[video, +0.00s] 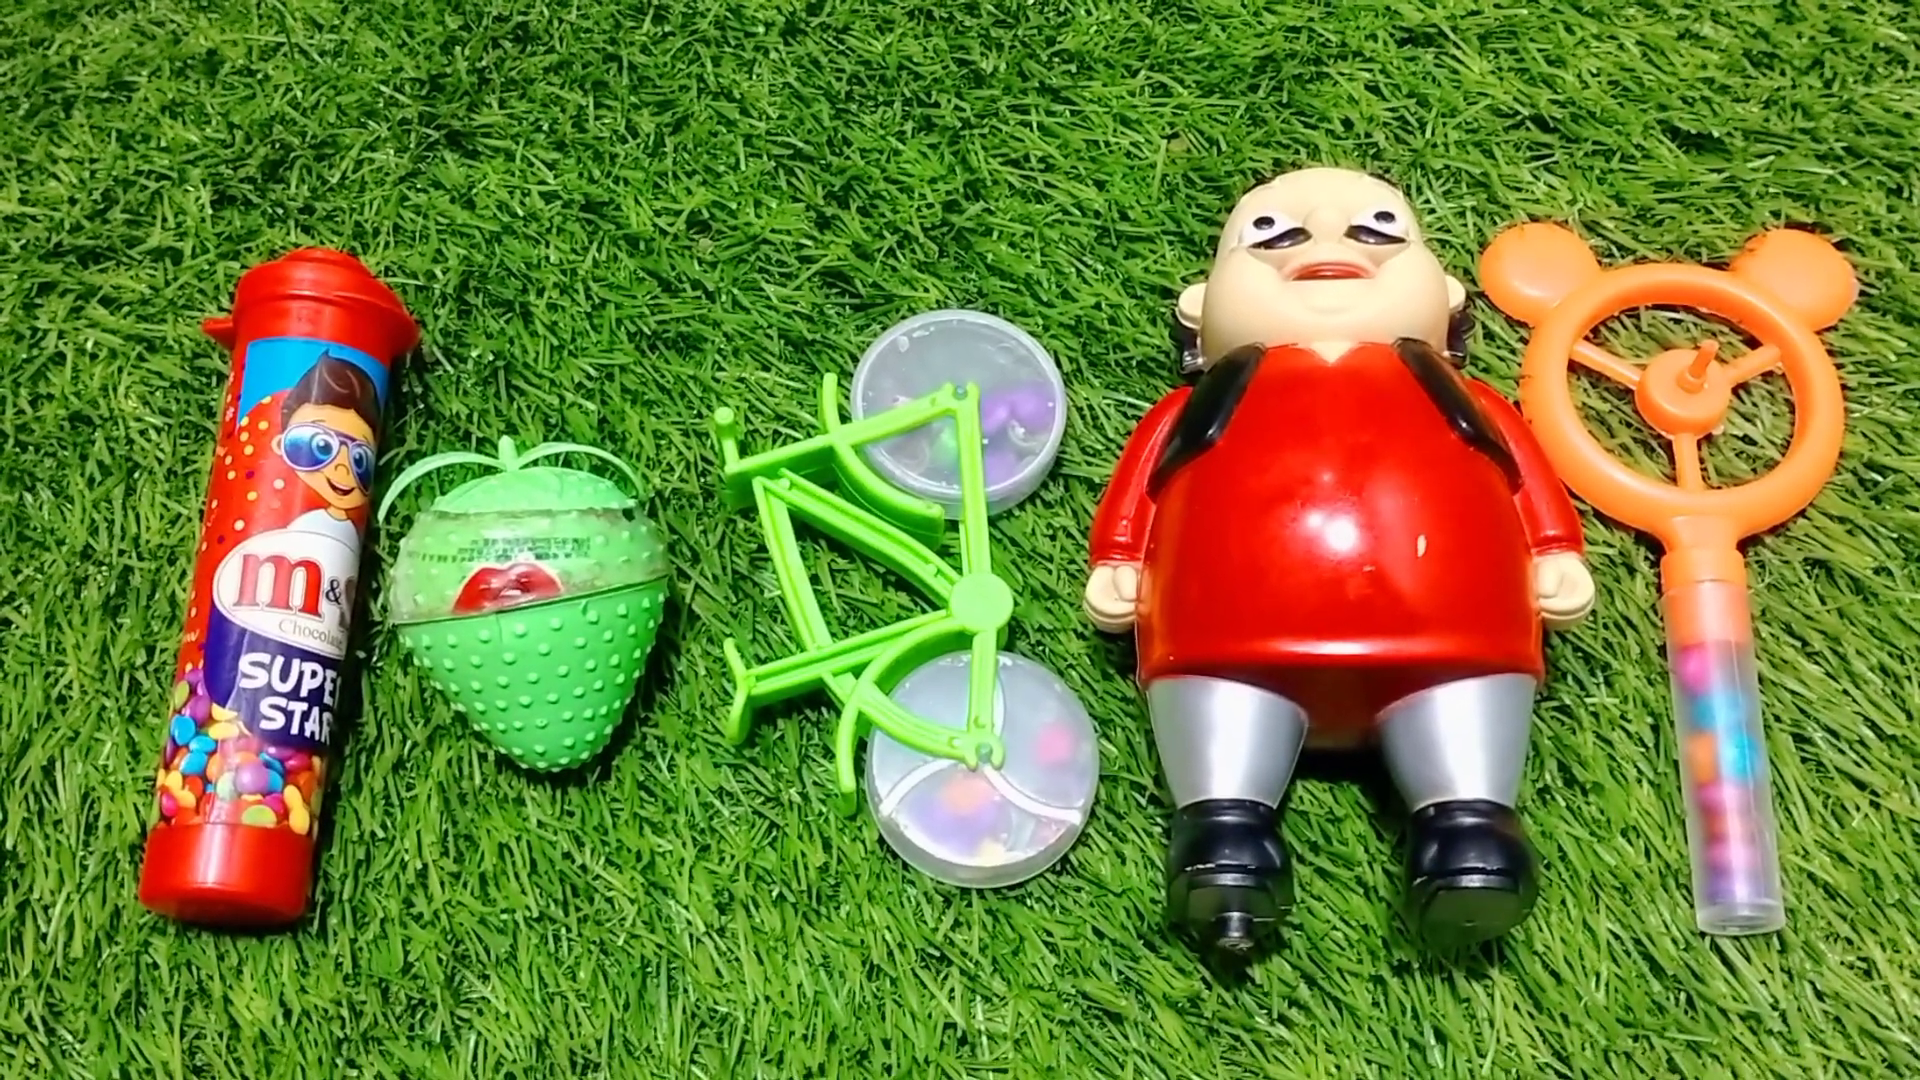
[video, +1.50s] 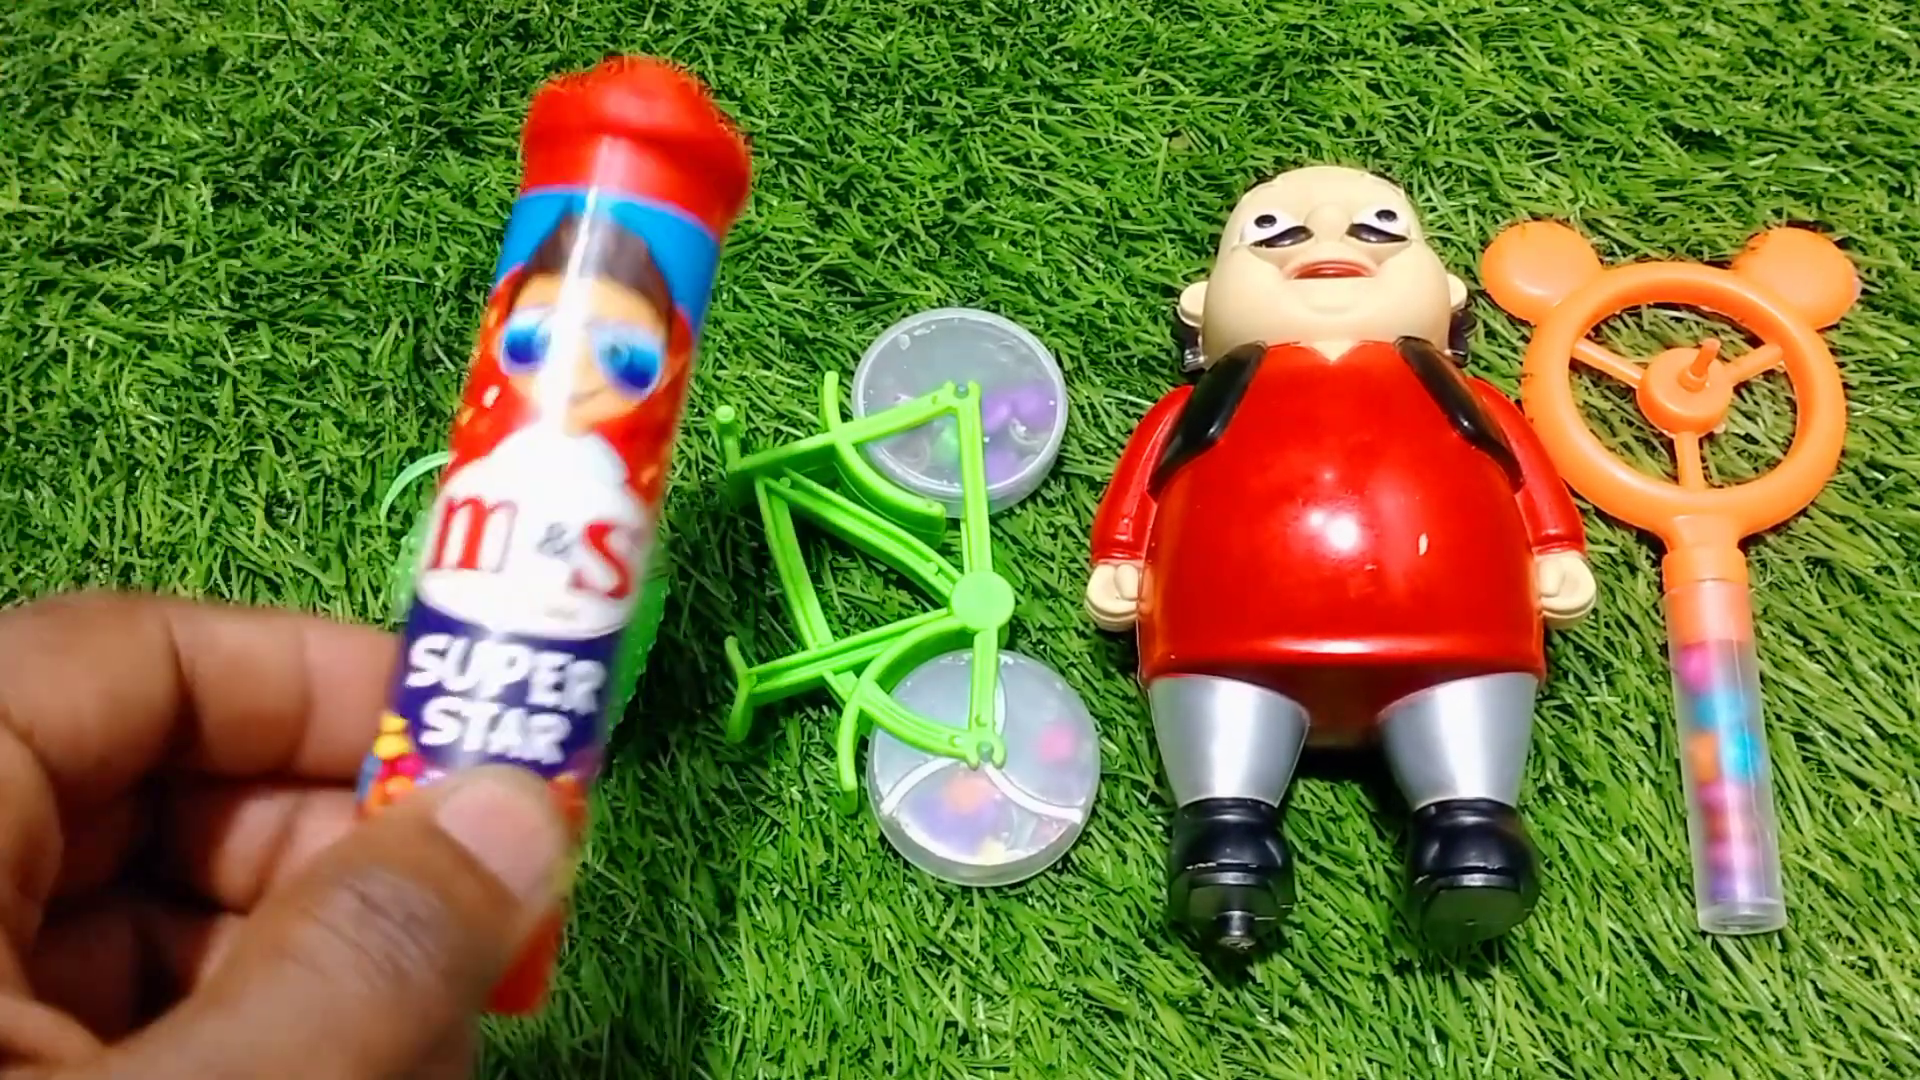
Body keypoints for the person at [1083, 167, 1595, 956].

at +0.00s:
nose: (1330, 242)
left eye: (1379, 225)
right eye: (1276, 228)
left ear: (1447, 301)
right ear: (1200, 311)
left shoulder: (1466, 395)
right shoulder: (1193, 404)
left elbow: (1524, 466)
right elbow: (1142, 478)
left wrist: (1553, 546)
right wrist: (1120, 555)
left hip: (1442, 574)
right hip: (1239, 577)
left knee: (1466, 670)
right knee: (1220, 677)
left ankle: (1469, 827)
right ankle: (1227, 837)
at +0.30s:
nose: (1331, 241)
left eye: (1379, 224)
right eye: (1276, 227)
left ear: (1447, 300)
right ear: (1201, 309)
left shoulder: (1464, 393)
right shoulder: (1194, 402)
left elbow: (1524, 464)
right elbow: (1142, 476)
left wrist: (1553, 545)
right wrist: (1121, 554)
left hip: (1442, 571)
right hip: (1239, 575)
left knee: (1466, 667)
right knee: (1221, 674)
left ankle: (1469, 827)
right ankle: (1228, 837)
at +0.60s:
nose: (1332, 240)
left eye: (1380, 224)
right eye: (1277, 226)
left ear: (1448, 300)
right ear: (1202, 309)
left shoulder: (1466, 394)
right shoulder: (1194, 403)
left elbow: (1525, 465)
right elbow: (1142, 477)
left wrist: (1554, 546)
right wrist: (1121, 553)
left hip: (1443, 574)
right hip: (1239, 577)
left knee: (1467, 671)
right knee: (1221, 677)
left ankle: (1468, 830)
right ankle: (1228, 838)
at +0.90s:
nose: (1332, 240)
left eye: (1380, 224)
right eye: (1277, 226)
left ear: (1449, 299)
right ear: (1202, 309)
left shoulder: (1467, 394)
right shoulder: (1194, 403)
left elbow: (1527, 466)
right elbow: (1142, 477)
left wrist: (1554, 545)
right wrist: (1121, 553)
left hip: (1443, 576)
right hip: (1240, 579)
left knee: (1466, 674)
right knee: (1221, 679)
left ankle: (1469, 830)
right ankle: (1228, 838)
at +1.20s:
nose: (1332, 240)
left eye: (1380, 223)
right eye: (1277, 226)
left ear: (1449, 300)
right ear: (1202, 309)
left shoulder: (1467, 394)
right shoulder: (1194, 403)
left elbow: (1527, 466)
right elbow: (1142, 478)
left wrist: (1555, 545)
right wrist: (1121, 552)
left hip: (1443, 575)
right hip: (1239, 578)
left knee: (1467, 673)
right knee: (1221, 679)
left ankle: (1469, 831)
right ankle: (1228, 838)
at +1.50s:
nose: (1331, 240)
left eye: (1380, 224)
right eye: (1277, 226)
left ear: (1449, 299)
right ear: (1202, 308)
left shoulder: (1467, 394)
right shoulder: (1194, 403)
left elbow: (1526, 466)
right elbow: (1142, 477)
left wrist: (1555, 545)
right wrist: (1121, 552)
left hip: (1443, 575)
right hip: (1239, 578)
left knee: (1467, 673)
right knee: (1221, 678)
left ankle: (1469, 830)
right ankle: (1228, 837)